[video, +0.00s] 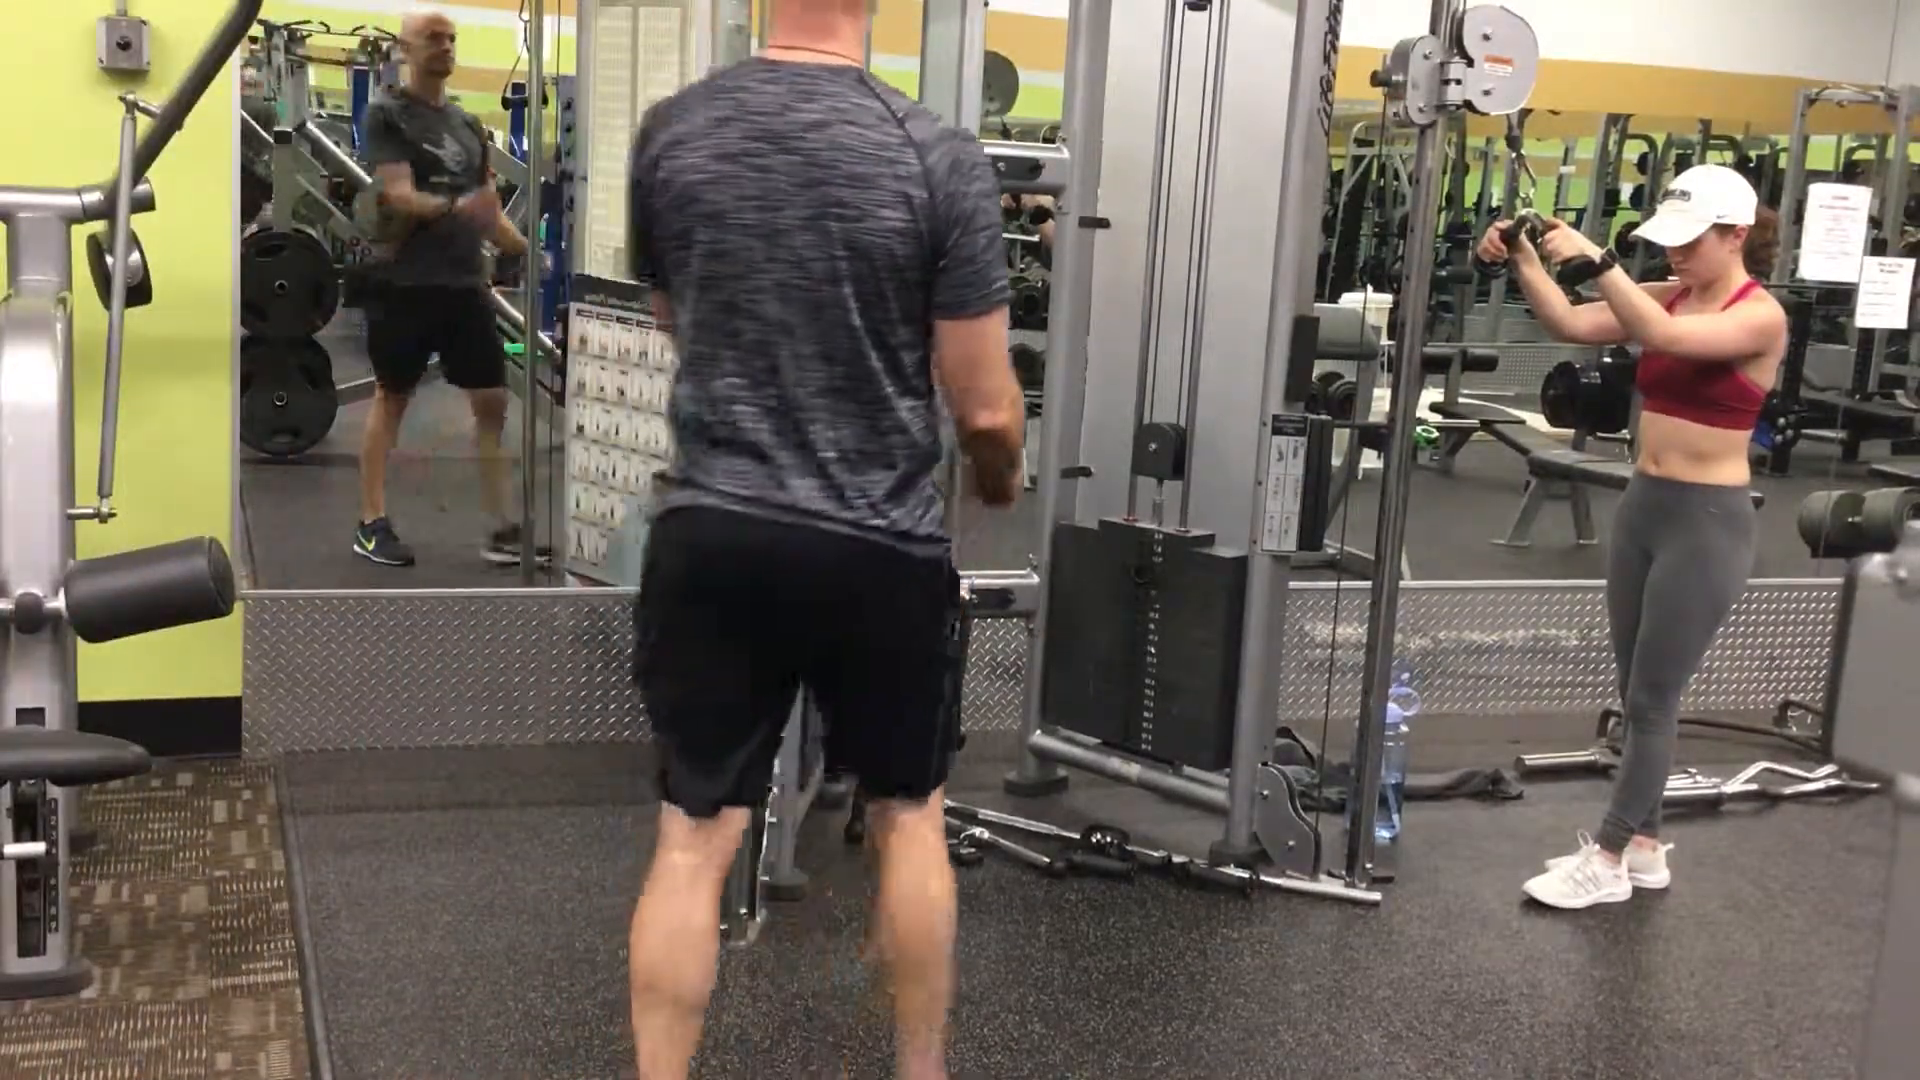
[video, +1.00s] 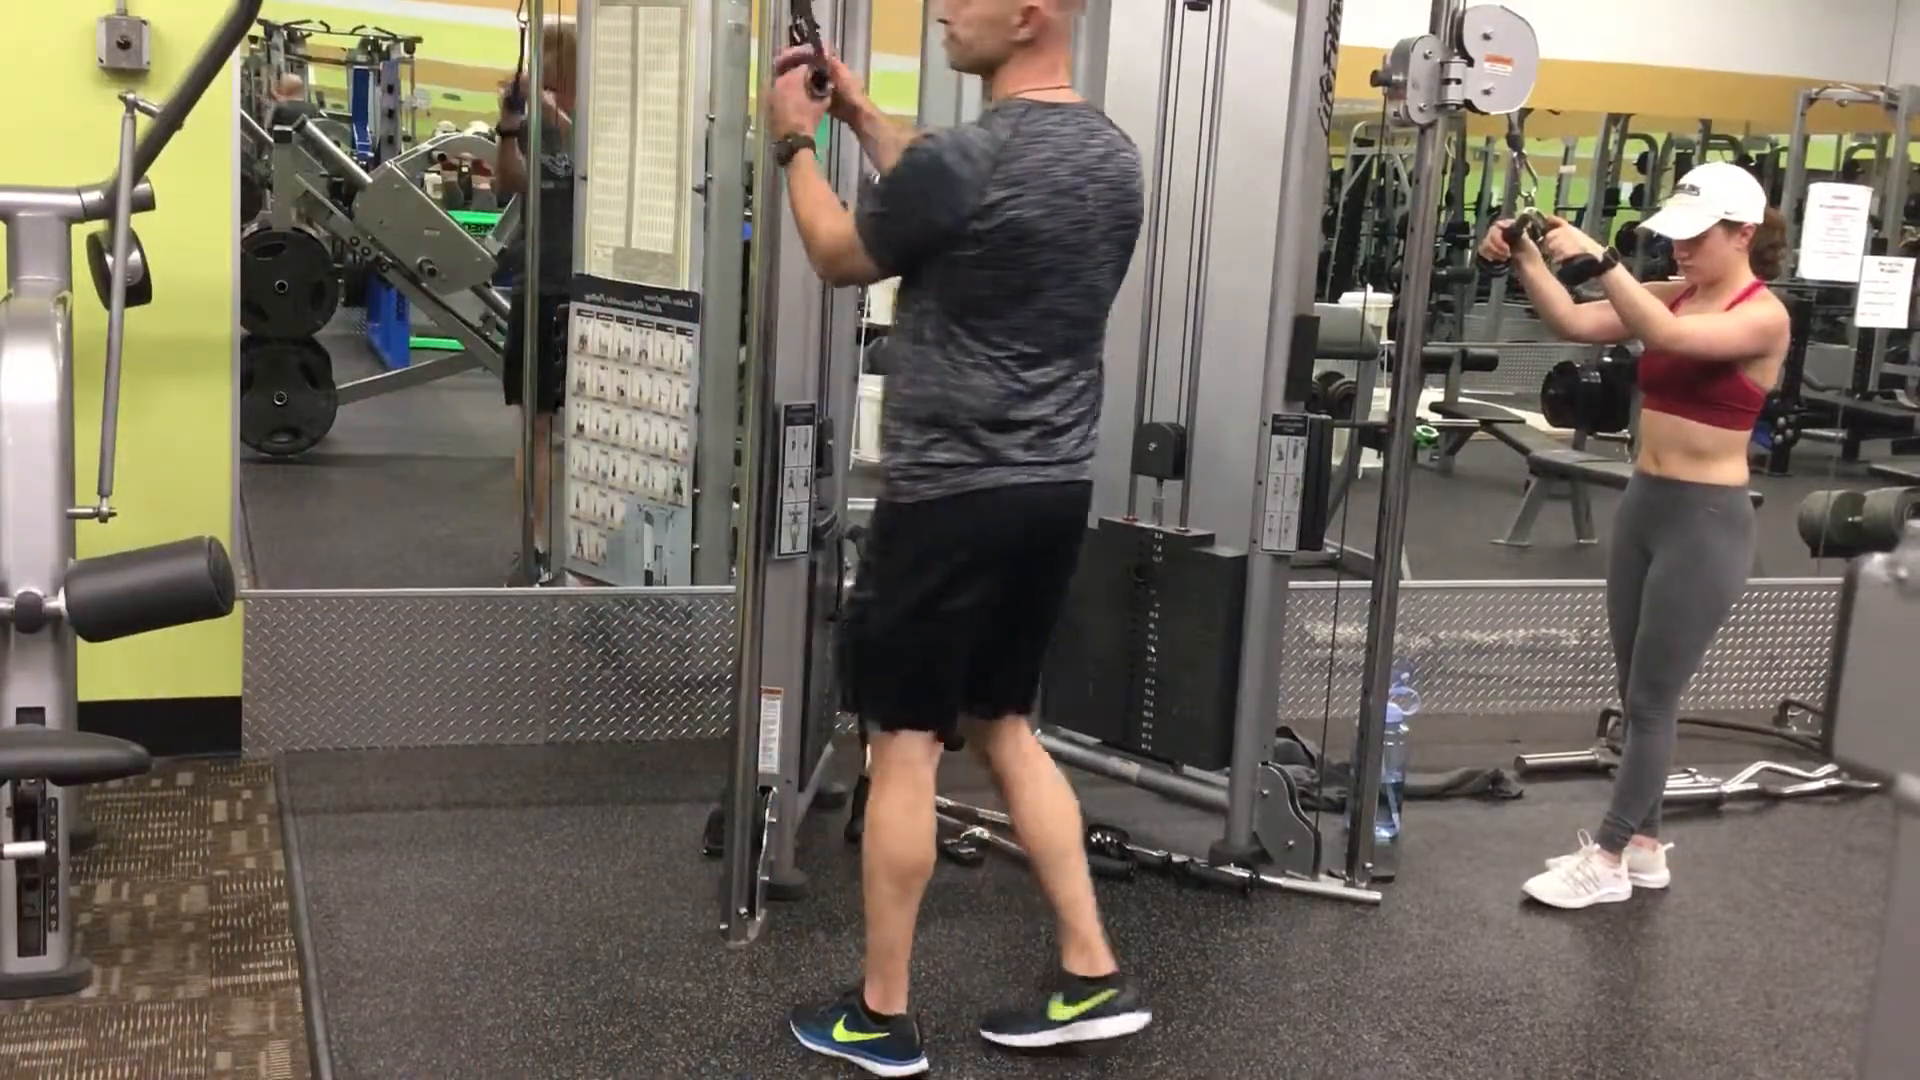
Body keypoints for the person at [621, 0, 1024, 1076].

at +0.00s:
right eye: (866, 18)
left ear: (767, 5)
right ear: (870, 14)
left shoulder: (673, 132)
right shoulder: (940, 158)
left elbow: (676, 318)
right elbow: (985, 406)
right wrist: (999, 476)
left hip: (711, 542)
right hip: (881, 559)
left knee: (692, 837)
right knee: (910, 818)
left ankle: (658, 1073)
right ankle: (925, 1069)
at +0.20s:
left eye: (855, 18)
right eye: (941, 18)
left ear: (842, 16)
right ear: (950, 20)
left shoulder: (758, 148)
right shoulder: (1017, 165)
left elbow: (770, 300)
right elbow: (1045, 385)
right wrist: (943, 365)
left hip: (790, 531)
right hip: (952, 546)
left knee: (750, 809)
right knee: (951, 802)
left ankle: (683, 1068)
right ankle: (952, 1057)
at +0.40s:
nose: (927, 26)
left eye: (904, 16)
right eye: (979, 16)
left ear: (894, 18)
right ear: (998, 22)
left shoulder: (816, 139)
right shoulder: (1069, 154)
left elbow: (810, 265)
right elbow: (1065, 310)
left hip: (852, 506)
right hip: (1002, 516)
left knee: (813, 736)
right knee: (973, 789)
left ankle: (786, 1015)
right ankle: (951, 1060)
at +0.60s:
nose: (905, 27)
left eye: (908, 16)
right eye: (919, 21)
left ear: (920, 21)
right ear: (1021, 26)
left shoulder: (871, 147)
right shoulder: (1086, 158)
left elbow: (821, 254)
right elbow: (1011, 233)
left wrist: (821, 156)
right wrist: (912, 120)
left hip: (876, 497)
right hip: (1019, 501)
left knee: (861, 741)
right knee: (980, 768)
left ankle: (881, 1003)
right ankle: (955, 1050)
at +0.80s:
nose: (911, 11)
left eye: (918, 1)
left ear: (959, 18)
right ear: (1024, 24)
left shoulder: (896, 157)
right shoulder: (1094, 161)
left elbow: (819, 263)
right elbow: (973, 188)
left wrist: (797, 151)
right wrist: (875, 101)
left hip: (895, 493)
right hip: (1030, 496)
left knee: (877, 745)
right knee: (1003, 725)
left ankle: (881, 1011)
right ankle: (1002, 989)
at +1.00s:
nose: (944, 12)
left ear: (1031, 16)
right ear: (1050, 23)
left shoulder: (959, 161)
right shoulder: (1114, 159)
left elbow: (838, 255)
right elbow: (964, 199)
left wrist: (795, 144)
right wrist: (860, 112)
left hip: (944, 499)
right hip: (1052, 493)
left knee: (903, 745)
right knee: (1005, 724)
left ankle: (882, 1013)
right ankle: (1091, 972)